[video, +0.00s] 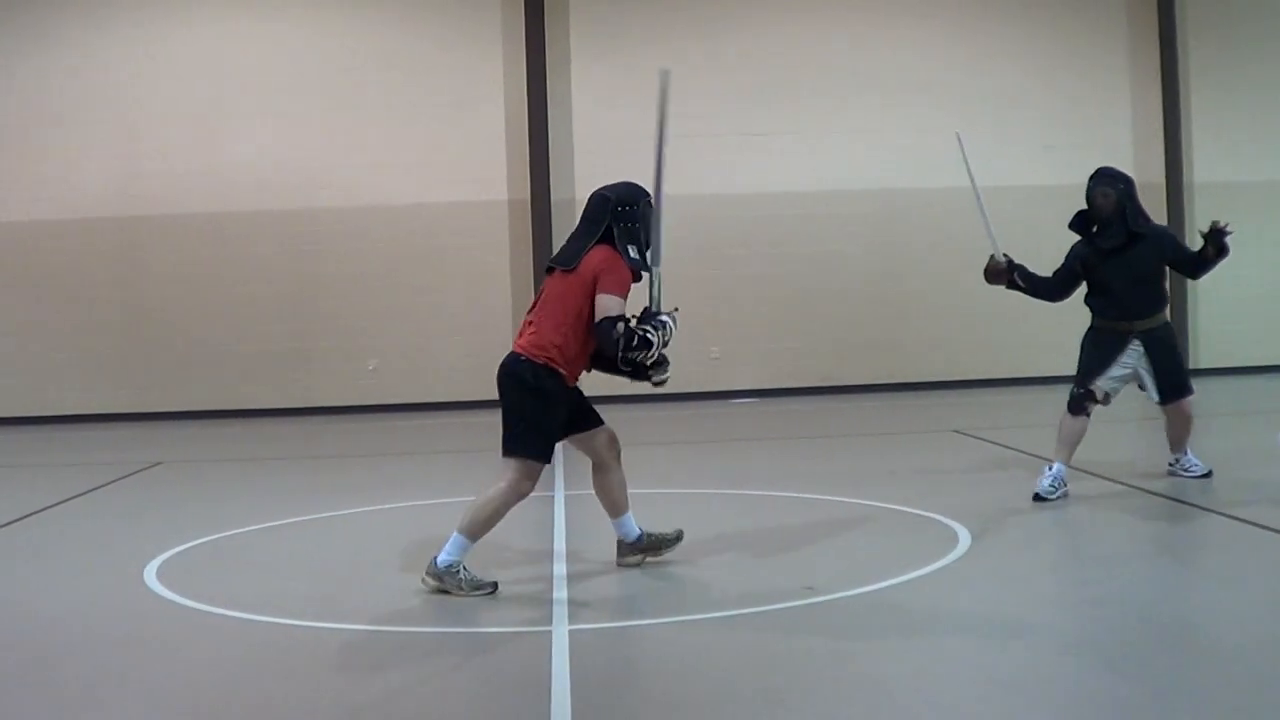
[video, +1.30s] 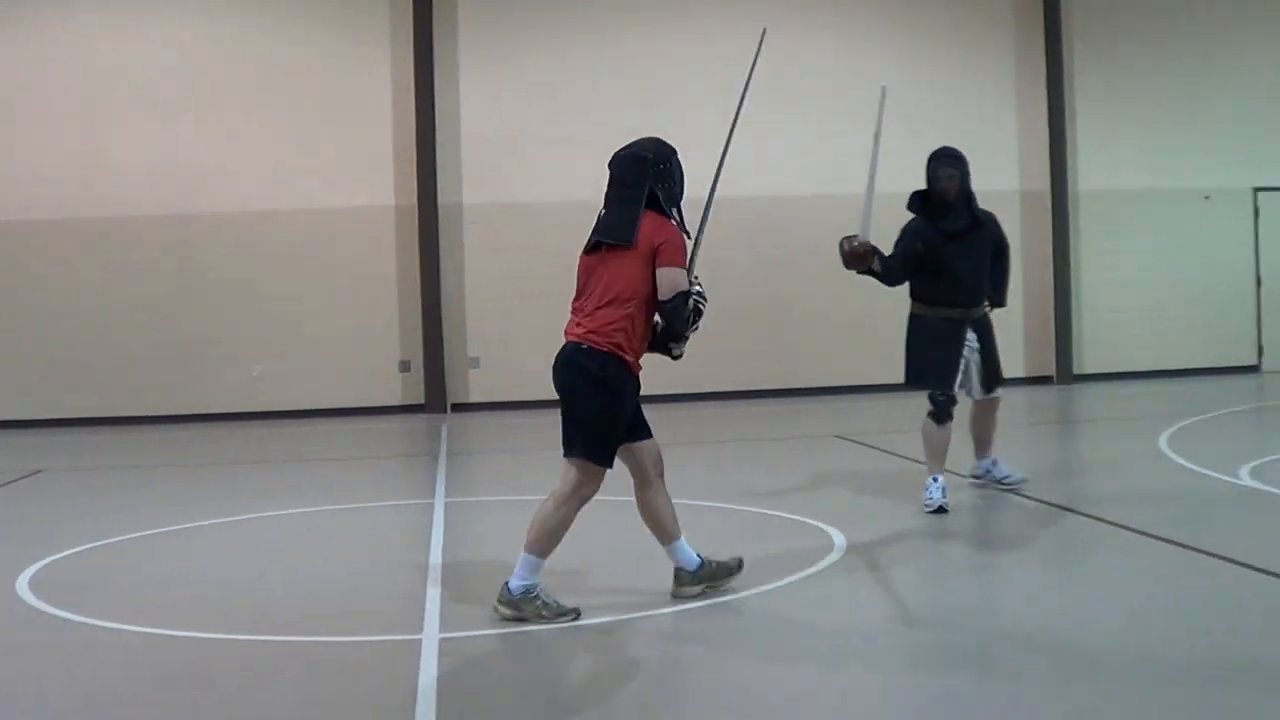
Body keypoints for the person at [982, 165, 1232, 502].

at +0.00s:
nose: (1096, 199)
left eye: (1103, 192)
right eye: (1092, 194)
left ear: (1123, 195)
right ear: (1088, 201)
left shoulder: (1154, 238)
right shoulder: (1086, 249)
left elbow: (1192, 268)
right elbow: (1056, 289)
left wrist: (1212, 249)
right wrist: (1013, 274)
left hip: (1155, 333)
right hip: (1106, 336)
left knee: (1179, 401)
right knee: (1080, 401)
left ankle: (1180, 458)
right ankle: (1056, 473)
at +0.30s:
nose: (1068, 191)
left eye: (1075, 184)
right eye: (1064, 185)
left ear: (1094, 185)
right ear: (1059, 191)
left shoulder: (1125, 226)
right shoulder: (1056, 238)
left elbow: (1157, 257)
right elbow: (1028, 280)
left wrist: (1176, 257)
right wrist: (988, 265)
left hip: (1127, 320)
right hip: (1078, 325)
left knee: (1155, 396)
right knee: (1065, 397)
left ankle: (1127, 454)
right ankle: (1049, 473)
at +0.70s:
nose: (1061, 188)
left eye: (1068, 181)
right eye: (1056, 182)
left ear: (1085, 183)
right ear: (1049, 186)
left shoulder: (1115, 221)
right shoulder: (1047, 233)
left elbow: (1147, 245)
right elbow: (1020, 276)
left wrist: (1147, 290)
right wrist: (986, 261)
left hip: (1112, 320)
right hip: (1066, 321)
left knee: (1121, 398)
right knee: (1048, 388)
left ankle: (1094, 463)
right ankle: (1031, 465)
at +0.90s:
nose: (1035, 188)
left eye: (1042, 182)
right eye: (1030, 182)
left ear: (1058, 184)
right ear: (1022, 188)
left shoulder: (1083, 226)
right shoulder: (1016, 235)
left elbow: (1112, 253)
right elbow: (986, 277)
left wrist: (1108, 293)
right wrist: (955, 259)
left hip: (1080, 323)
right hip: (1034, 326)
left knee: (1094, 397)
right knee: (1025, 399)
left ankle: (1069, 465)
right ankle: (1004, 475)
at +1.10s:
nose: (1000, 185)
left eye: (1006, 178)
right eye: (994, 179)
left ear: (1020, 183)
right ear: (984, 186)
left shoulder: (1042, 228)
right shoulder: (975, 234)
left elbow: (1064, 257)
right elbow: (947, 277)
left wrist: (1059, 299)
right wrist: (921, 261)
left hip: (1035, 324)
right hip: (990, 327)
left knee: (1051, 396)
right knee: (988, 401)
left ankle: (1041, 465)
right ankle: (977, 478)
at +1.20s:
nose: (974, 186)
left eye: (980, 179)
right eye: (967, 180)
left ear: (993, 182)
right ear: (957, 184)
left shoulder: (1013, 226)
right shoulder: (947, 232)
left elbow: (1031, 258)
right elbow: (922, 276)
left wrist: (1027, 299)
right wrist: (897, 261)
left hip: (1005, 322)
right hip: (962, 325)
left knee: (1020, 395)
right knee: (965, 402)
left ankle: (1020, 464)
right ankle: (957, 479)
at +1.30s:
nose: (946, 184)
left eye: (953, 177)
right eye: (939, 178)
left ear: (965, 179)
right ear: (929, 181)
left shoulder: (984, 222)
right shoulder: (920, 228)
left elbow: (1000, 255)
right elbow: (896, 273)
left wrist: (994, 296)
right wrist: (871, 261)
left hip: (975, 319)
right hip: (934, 322)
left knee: (988, 393)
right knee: (942, 403)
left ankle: (985, 463)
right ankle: (935, 480)